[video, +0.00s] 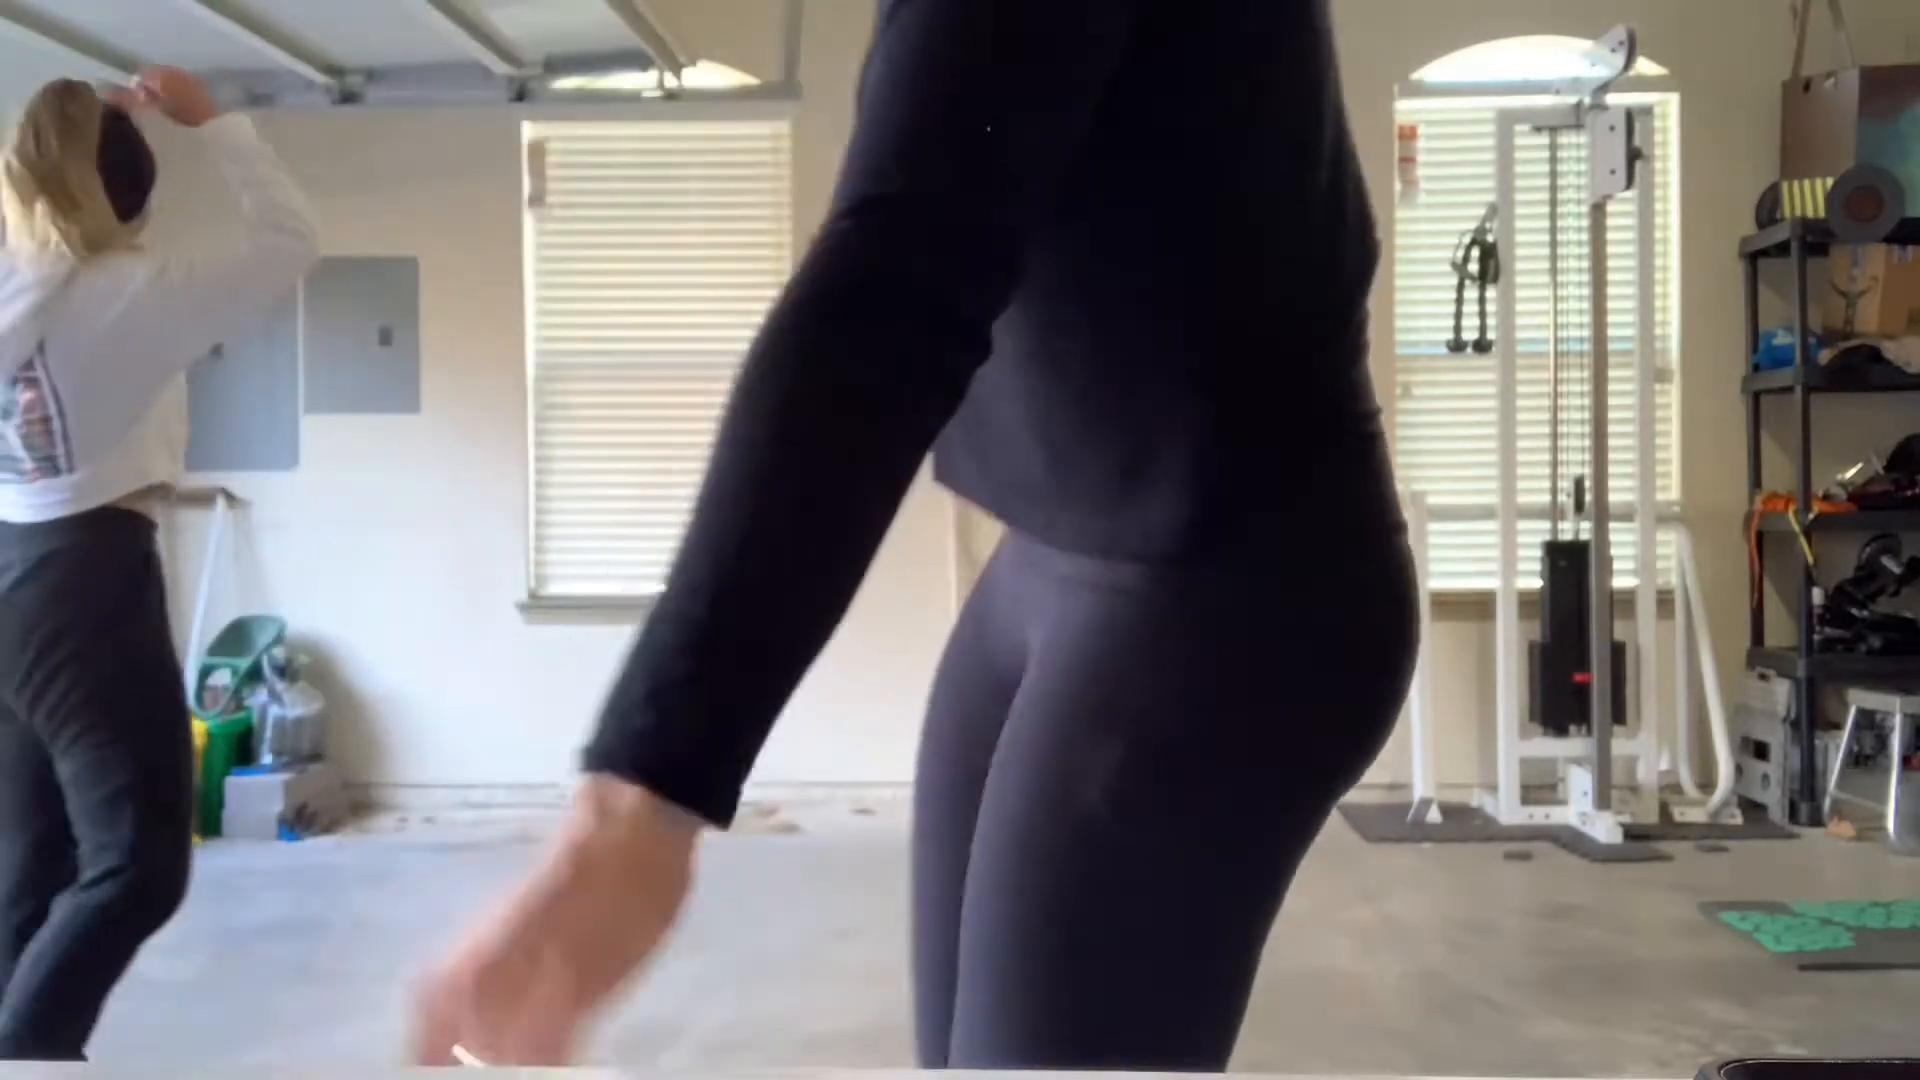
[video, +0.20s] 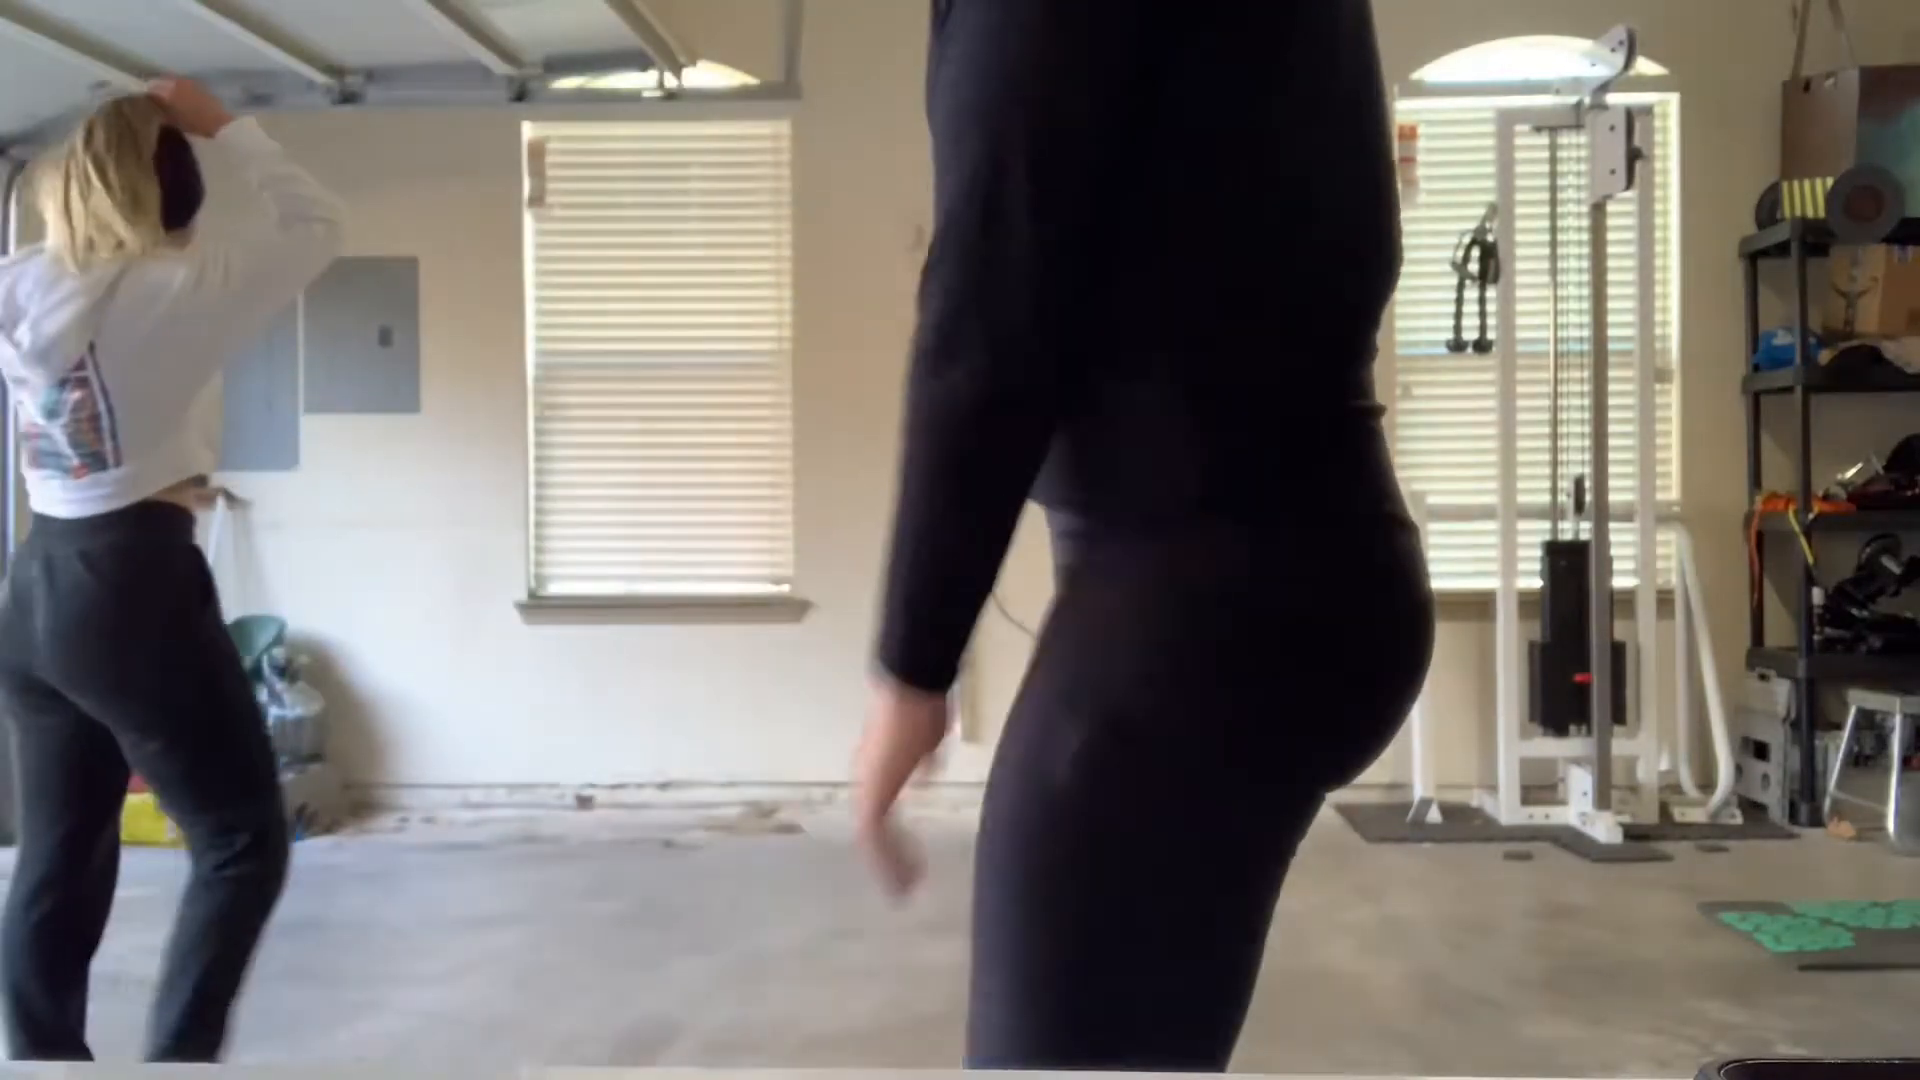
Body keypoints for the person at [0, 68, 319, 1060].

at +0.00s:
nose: (145, 184)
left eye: (139, 166)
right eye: (137, 167)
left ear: (25, 176)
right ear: (124, 181)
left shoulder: (10, 291)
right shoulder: (127, 298)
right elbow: (289, 241)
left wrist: (121, 134)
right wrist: (215, 121)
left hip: (14, 589)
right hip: (83, 591)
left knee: (31, 868)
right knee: (137, 868)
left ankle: (17, 1048)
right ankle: (26, 1056)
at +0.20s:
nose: (197, 209)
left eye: (196, 190)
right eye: (192, 191)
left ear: (70, 190)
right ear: (174, 195)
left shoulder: (22, 288)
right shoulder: (175, 294)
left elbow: (44, 217)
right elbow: (310, 224)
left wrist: (119, 149)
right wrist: (223, 127)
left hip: (34, 591)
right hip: (133, 594)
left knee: (56, 854)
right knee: (244, 844)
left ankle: (41, 1060)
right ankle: (179, 1060)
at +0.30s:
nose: (220, 211)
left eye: (218, 193)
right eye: (214, 194)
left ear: (100, 198)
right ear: (197, 201)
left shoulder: (43, 296)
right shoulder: (208, 295)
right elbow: (339, 233)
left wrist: (141, 163)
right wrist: (252, 136)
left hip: (65, 592)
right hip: (166, 595)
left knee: (81, 850)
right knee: (282, 830)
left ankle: (51, 1057)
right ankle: (297, 1055)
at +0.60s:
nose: (328, 227)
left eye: (319, 206)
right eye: (323, 210)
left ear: (222, 220)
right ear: (319, 222)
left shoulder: (169, 318)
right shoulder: (343, 310)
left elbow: (201, 245)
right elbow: (449, 239)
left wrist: (245, 181)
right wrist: (360, 154)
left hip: (217, 591)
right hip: (323, 590)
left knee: (200, 836)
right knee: (404, 822)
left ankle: (96, 1047)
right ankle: (419, 1039)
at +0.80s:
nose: (403, 225)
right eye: (398, 209)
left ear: (299, 222)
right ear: (397, 218)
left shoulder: (253, 317)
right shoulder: (423, 306)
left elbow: (245, 262)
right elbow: (531, 231)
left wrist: (300, 183)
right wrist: (434, 159)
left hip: (298, 571)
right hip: (405, 570)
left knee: (305, 798)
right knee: (438, 816)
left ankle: (220, 995)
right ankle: (422, 1037)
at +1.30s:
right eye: (442, 224)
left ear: (350, 254)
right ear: (443, 244)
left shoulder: (320, 346)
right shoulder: (482, 332)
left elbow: (284, 297)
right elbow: (580, 279)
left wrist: (338, 229)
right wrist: (490, 214)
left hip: (367, 576)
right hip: (464, 576)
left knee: (382, 793)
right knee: (465, 802)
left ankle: (388, 992)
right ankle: (426, 1024)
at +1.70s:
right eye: (453, 250)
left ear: (368, 269)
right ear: (456, 270)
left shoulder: (336, 353)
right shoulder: (494, 344)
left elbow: (314, 329)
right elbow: (602, 318)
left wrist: (373, 271)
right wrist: (520, 262)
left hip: (381, 581)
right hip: (478, 578)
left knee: (388, 783)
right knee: (529, 768)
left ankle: (391, 985)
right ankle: (529, 957)